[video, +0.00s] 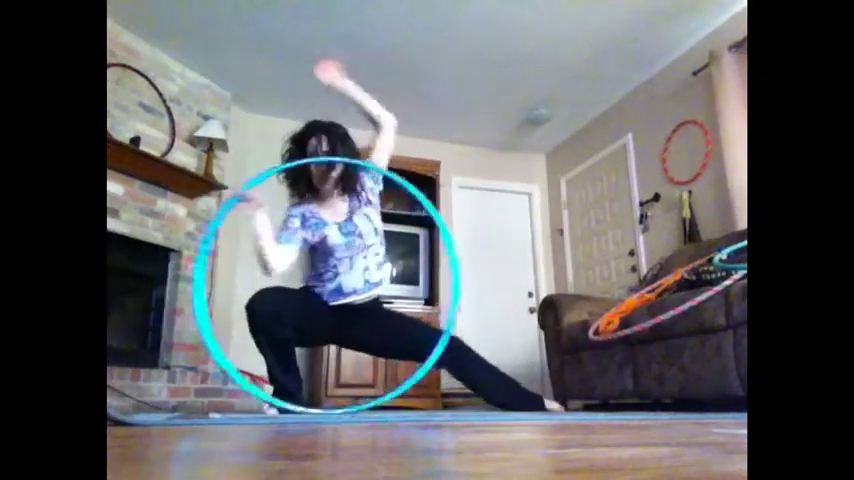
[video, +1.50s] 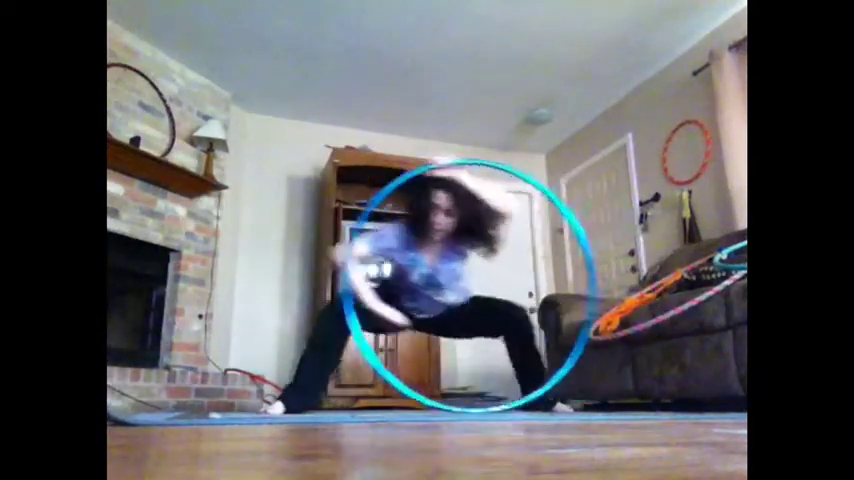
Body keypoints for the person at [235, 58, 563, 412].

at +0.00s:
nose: (321, 165)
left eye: (328, 156)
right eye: (312, 158)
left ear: (343, 159)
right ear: (302, 165)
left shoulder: (366, 186)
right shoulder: (302, 214)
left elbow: (387, 125)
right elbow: (274, 264)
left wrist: (342, 83)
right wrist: (257, 215)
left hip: (365, 314)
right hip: (319, 313)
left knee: (447, 346)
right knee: (263, 307)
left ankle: (538, 410)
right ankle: (290, 402)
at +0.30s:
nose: (366, 175)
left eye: (370, 167)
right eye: (357, 171)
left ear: (382, 167)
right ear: (348, 178)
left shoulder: (402, 191)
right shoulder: (350, 215)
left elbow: (412, 132)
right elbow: (369, 251)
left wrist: (352, 133)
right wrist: (373, 198)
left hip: (402, 311)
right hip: (354, 310)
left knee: (477, 327)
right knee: (304, 301)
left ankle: (530, 402)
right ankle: (294, 399)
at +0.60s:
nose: (452, 196)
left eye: (455, 187)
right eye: (442, 191)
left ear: (467, 184)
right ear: (433, 197)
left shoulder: (486, 199)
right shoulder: (438, 232)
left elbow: (536, 161)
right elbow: (484, 263)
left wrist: (497, 160)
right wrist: (529, 223)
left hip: (468, 307)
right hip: (417, 307)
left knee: (538, 315)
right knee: (361, 321)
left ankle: (535, 402)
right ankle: (287, 406)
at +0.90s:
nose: (510, 214)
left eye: (516, 206)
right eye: (502, 208)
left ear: (532, 210)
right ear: (493, 218)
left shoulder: (543, 233)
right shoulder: (493, 255)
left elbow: (602, 215)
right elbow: (542, 298)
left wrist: (570, 186)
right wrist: (596, 322)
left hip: (507, 326)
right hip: (457, 324)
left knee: (567, 323)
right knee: (388, 357)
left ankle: (535, 405)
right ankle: (293, 405)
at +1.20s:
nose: (513, 233)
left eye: (521, 225)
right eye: (505, 224)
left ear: (533, 229)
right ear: (493, 225)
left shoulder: (537, 247)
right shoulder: (478, 254)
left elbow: (593, 225)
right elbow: (462, 300)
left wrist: (561, 187)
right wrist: (521, 342)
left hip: (493, 324)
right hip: (445, 322)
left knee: (558, 317)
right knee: (373, 344)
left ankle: (538, 413)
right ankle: (291, 405)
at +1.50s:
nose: (439, 217)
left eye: (446, 211)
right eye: (433, 209)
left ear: (460, 215)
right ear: (420, 210)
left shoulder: (463, 246)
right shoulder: (399, 236)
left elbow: (506, 211)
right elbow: (345, 257)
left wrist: (462, 180)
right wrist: (377, 308)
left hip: (443, 312)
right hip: (393, 308)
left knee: (512, 317)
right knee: (338, 313)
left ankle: (540, 404)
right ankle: (295, 403)